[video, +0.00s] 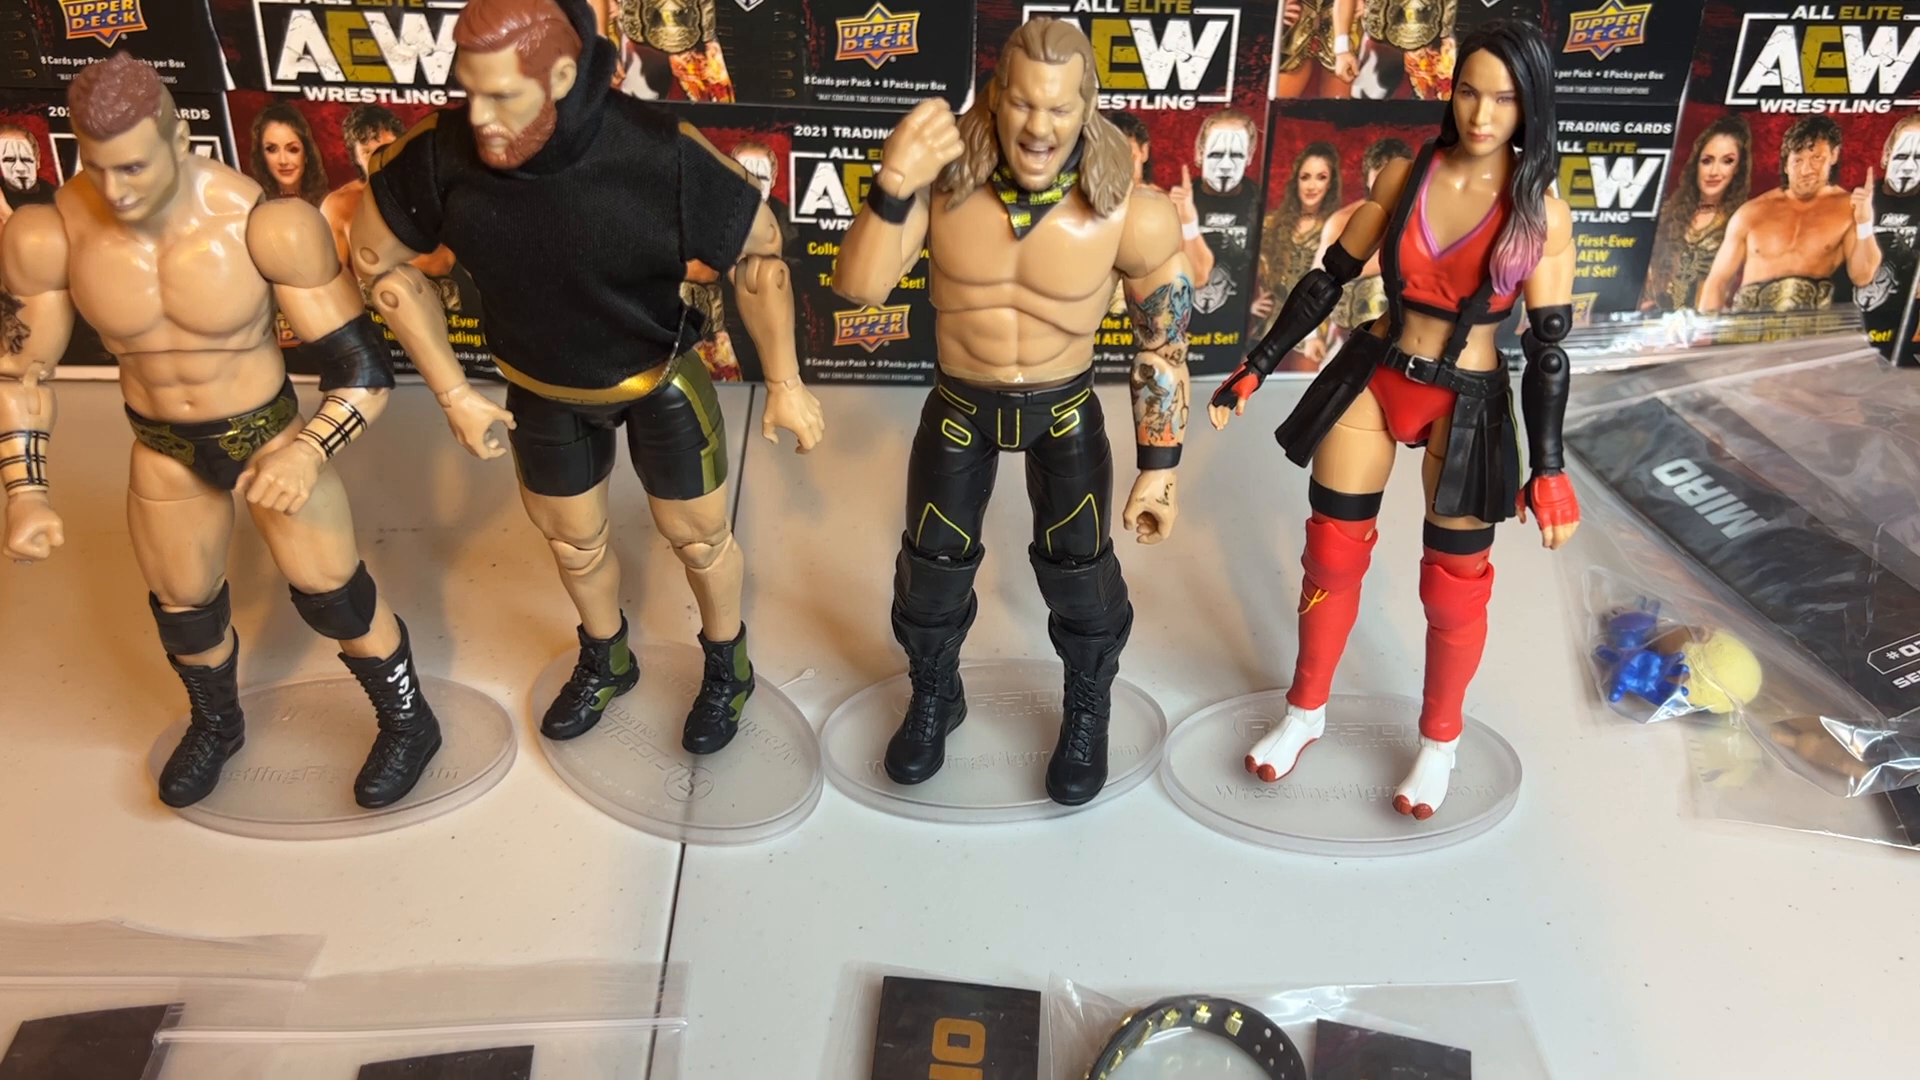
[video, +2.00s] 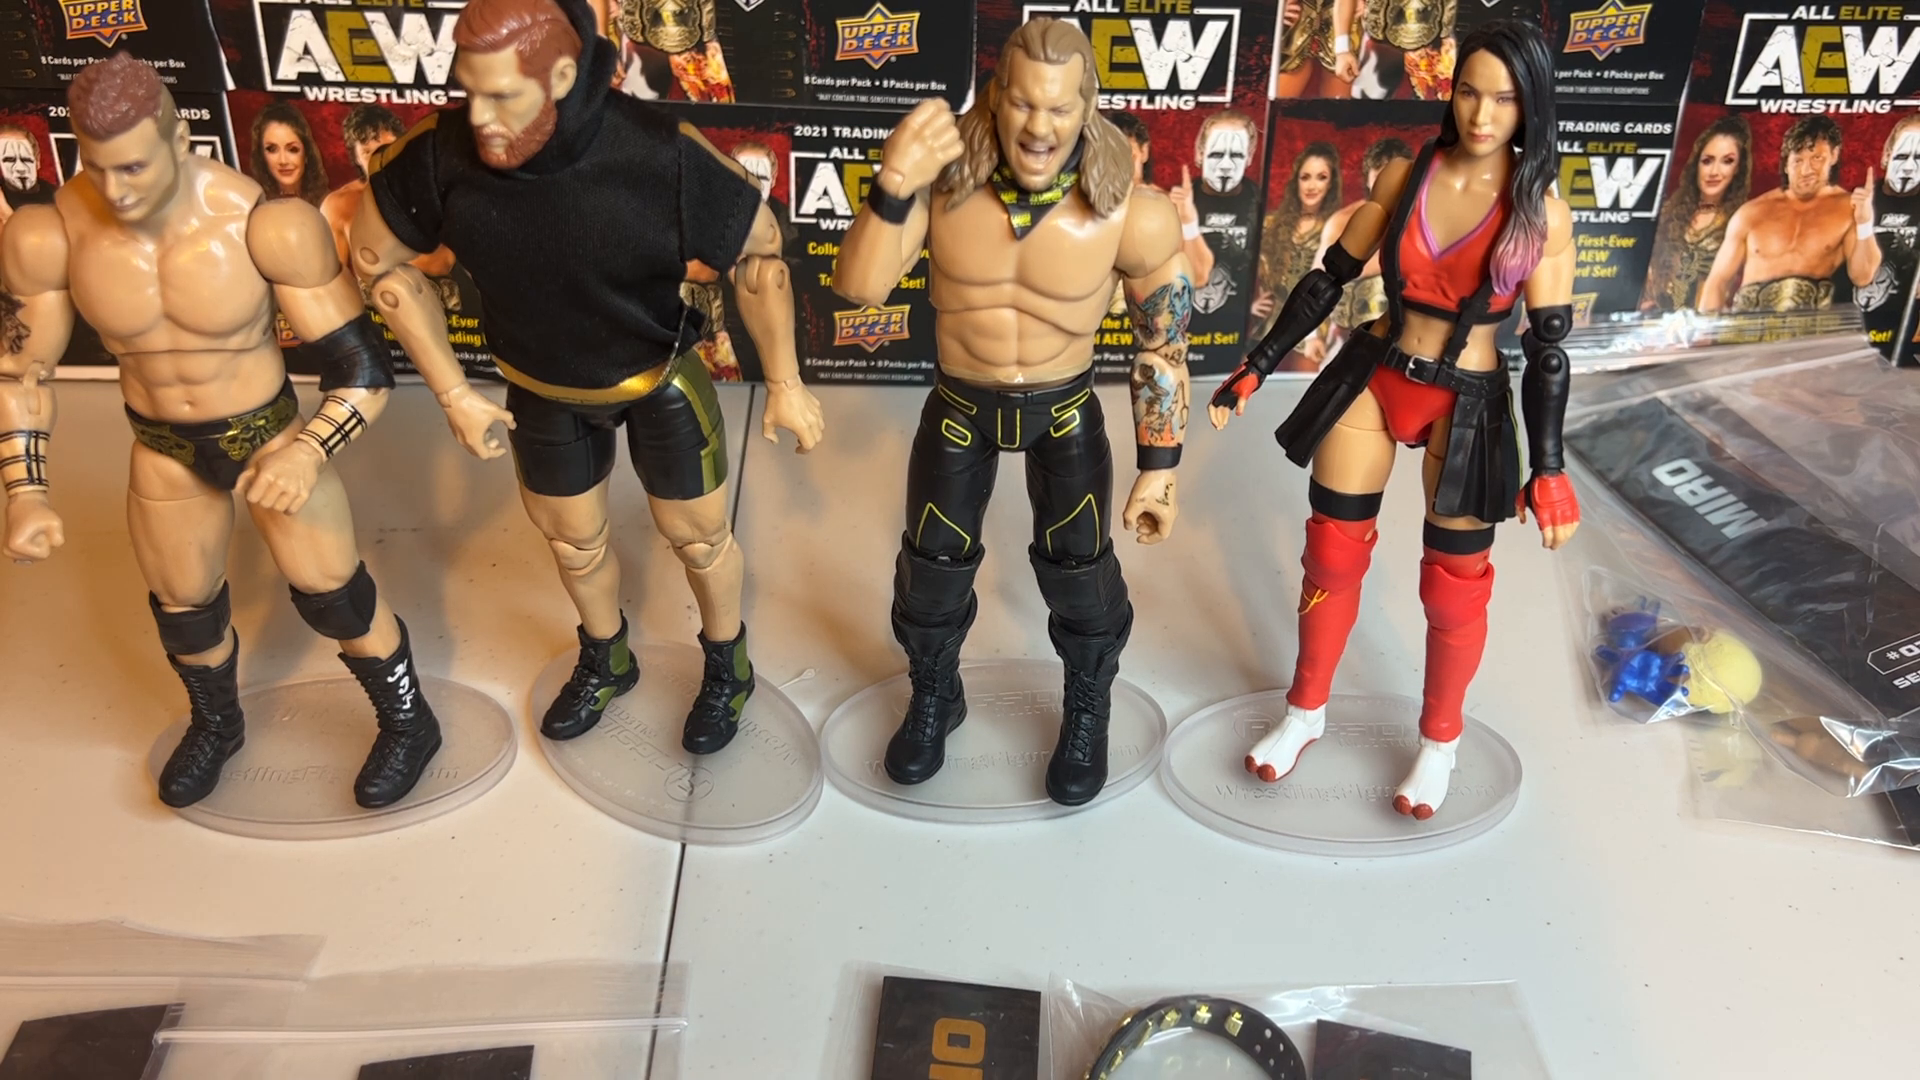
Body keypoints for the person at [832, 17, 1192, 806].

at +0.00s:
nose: (1039, 127)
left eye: (1060, 109)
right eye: (1024, 104)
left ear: (1086, 107)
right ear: (995, 95)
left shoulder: (1129, 207)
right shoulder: (944, 176)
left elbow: (1163, 338)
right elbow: (857, 287)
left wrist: (1161, 464)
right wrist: (892, 190)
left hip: (1064, 408)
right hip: (959, 403)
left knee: (1078, 568)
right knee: (932, 562)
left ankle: (1086, 714)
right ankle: (932, 699)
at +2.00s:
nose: (1040, 127)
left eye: (1060, 109)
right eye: (1024, 104)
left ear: (1087, 106)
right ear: (995, 94)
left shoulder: (1130, 208)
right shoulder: (944, 177)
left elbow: (1163, 339)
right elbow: (858, 287)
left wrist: (1161, 465)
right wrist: (892, 189)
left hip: (1064, 408)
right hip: (958, 403)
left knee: (1078, 569)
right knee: (933, 563)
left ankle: (1086, 713)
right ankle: (932, 699)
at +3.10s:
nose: (1040, 127)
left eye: (1060, 109)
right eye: (1024, 104)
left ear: (1086, 106)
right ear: (995, 95)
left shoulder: (1130, 208)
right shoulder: (944, 177)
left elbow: (1163, 338)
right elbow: (857, 287)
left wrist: (1161, 464)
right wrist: (892, 189)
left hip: (1064, 408)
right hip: (959, 403)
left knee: (1078, 568)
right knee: (932, 562)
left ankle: (1086, 713)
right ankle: (932, 699)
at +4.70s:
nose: (1040, 128)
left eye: (1060, 110)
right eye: (1024, 105)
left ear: (1087, 107)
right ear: (995, 96)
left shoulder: (1130, 208)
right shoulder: (944, 176)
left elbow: (1163, 339)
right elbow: (858, 287)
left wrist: (1161, 464)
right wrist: (892, 190)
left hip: (1064, 409)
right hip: (959, 404)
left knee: (1077, 569)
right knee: (932, 564)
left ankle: (1086, 714)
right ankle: (932, 699)